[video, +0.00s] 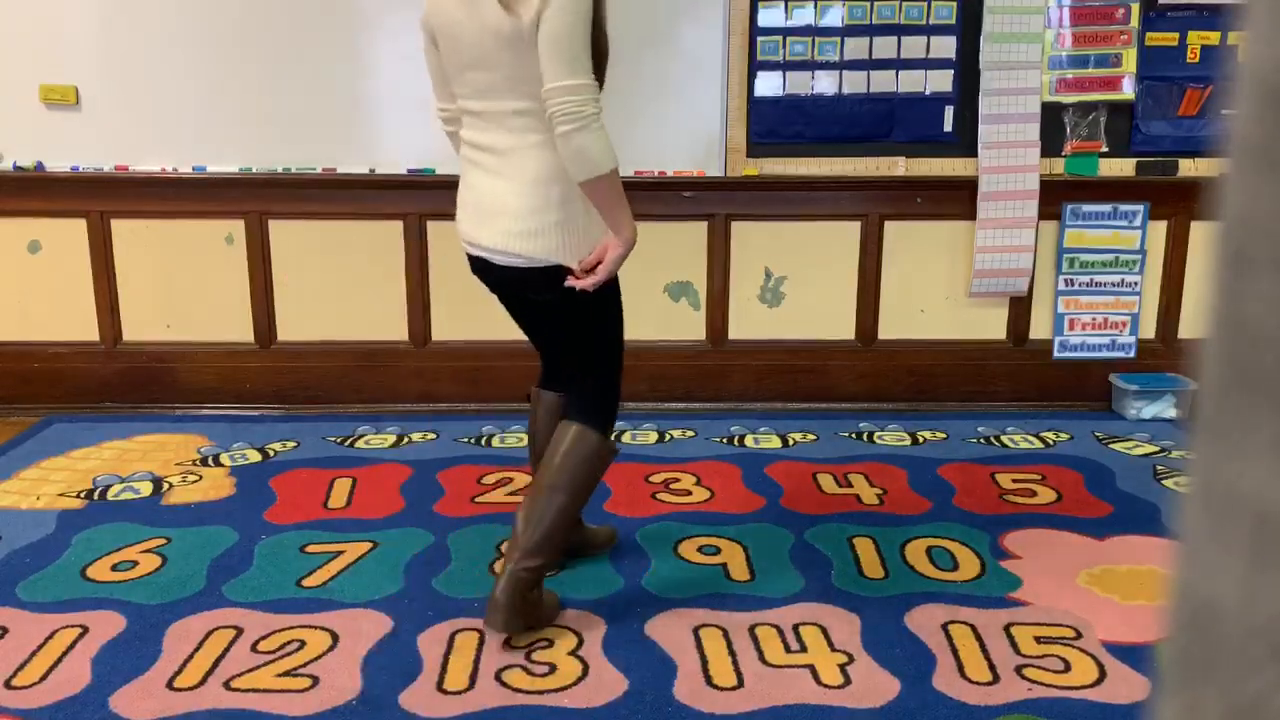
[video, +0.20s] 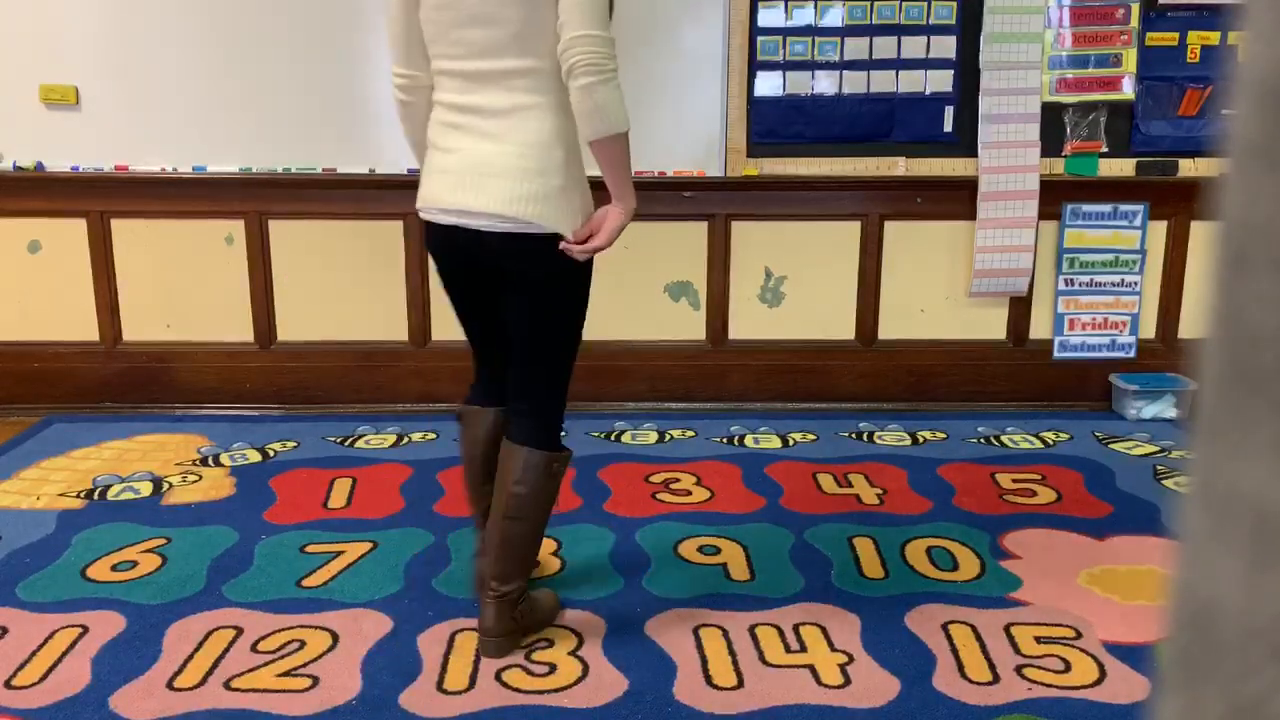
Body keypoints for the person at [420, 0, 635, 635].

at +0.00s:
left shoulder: (440, 4)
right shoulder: (558, 3)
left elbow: (451, 114)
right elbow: (572, 109)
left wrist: (498, 185)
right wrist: (621, 224)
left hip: (485, 234)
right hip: (555, 237)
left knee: (560, 368)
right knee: (594, 400)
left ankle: (549, 525)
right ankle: (521, 580)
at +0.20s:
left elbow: (411, 78)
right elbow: (586, 65)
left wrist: (441, 175)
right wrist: (621, 194)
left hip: (446, 209)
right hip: (540, 212)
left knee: (490, 378)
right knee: (535, 411)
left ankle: (490, 554)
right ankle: (503, 608)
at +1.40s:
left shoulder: (303, 5)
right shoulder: (479, 1)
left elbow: (289, 135)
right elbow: (516, 122)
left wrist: (294, 243)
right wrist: (543, 219)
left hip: (367, 263)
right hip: (468, 258)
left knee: (421, 446)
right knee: (412, 414)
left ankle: (506, 639)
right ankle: (423, 583)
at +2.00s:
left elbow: (154, 61)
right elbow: (331, 53)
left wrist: (146, 187)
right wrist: (391, 171)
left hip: (217, 190)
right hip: (313, 190)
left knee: (255, 379)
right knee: (337, 381)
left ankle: (269, 569)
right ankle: (290, 580)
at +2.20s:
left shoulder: (123, 1)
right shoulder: (282, 1)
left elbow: (107, 90)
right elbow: (294, 87)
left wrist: (105, 220)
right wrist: (363, 202)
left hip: (169, 226)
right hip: (266, 226)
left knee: (262, 391)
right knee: (259, 413)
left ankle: (275, 566)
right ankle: (179, 625)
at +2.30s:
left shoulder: (98, 9)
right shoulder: (269, 9)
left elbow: (82, 131)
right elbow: (298, 135)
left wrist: (83, 257)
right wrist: (367, 233)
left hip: (143, 269)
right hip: (244, 267)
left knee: (246, 392)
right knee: (241, 447)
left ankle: (271, 562)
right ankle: (162, 633)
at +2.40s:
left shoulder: (84, 9)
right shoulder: (272, 11)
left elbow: (61, 135)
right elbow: (304, 144)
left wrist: (52, 258)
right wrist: (322, 219)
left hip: (123, 270)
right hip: (229, 275)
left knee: (201, 372)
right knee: (232, 464)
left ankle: (231, 550)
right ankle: (157, 631)